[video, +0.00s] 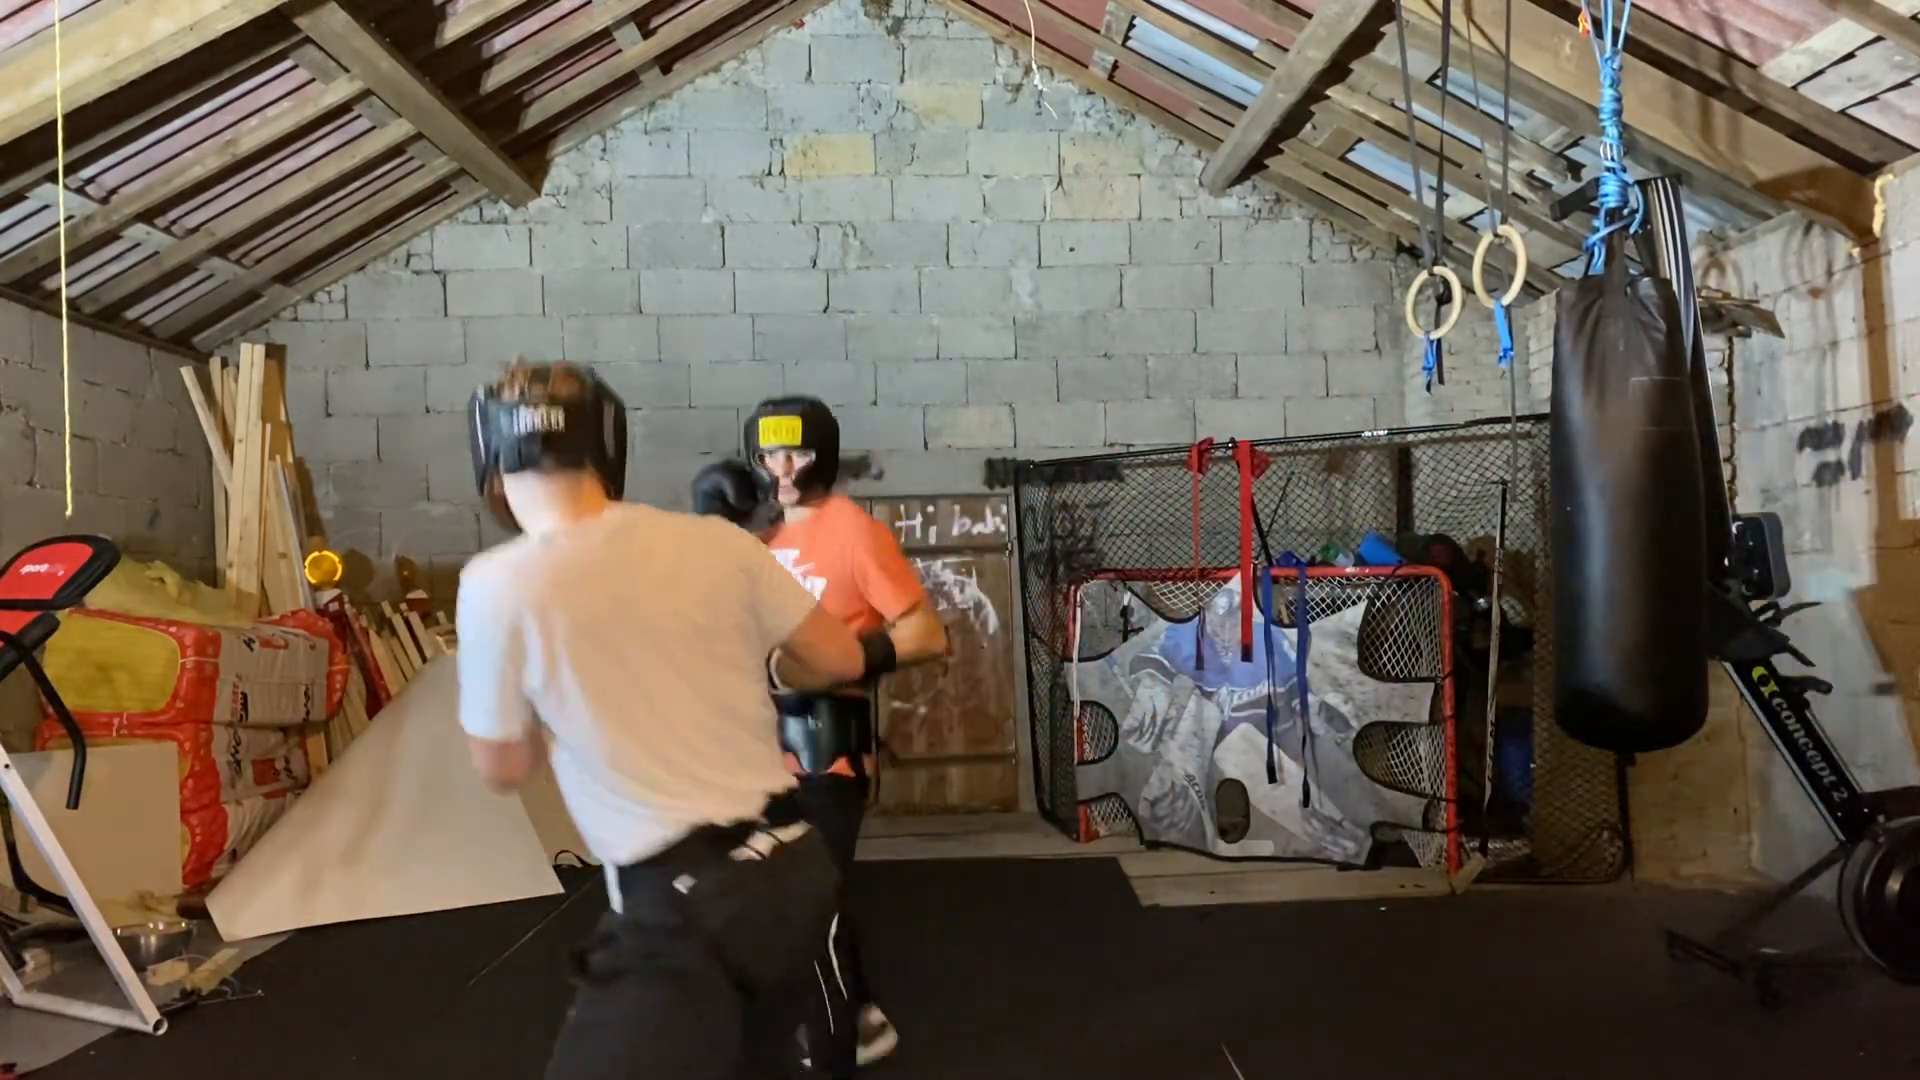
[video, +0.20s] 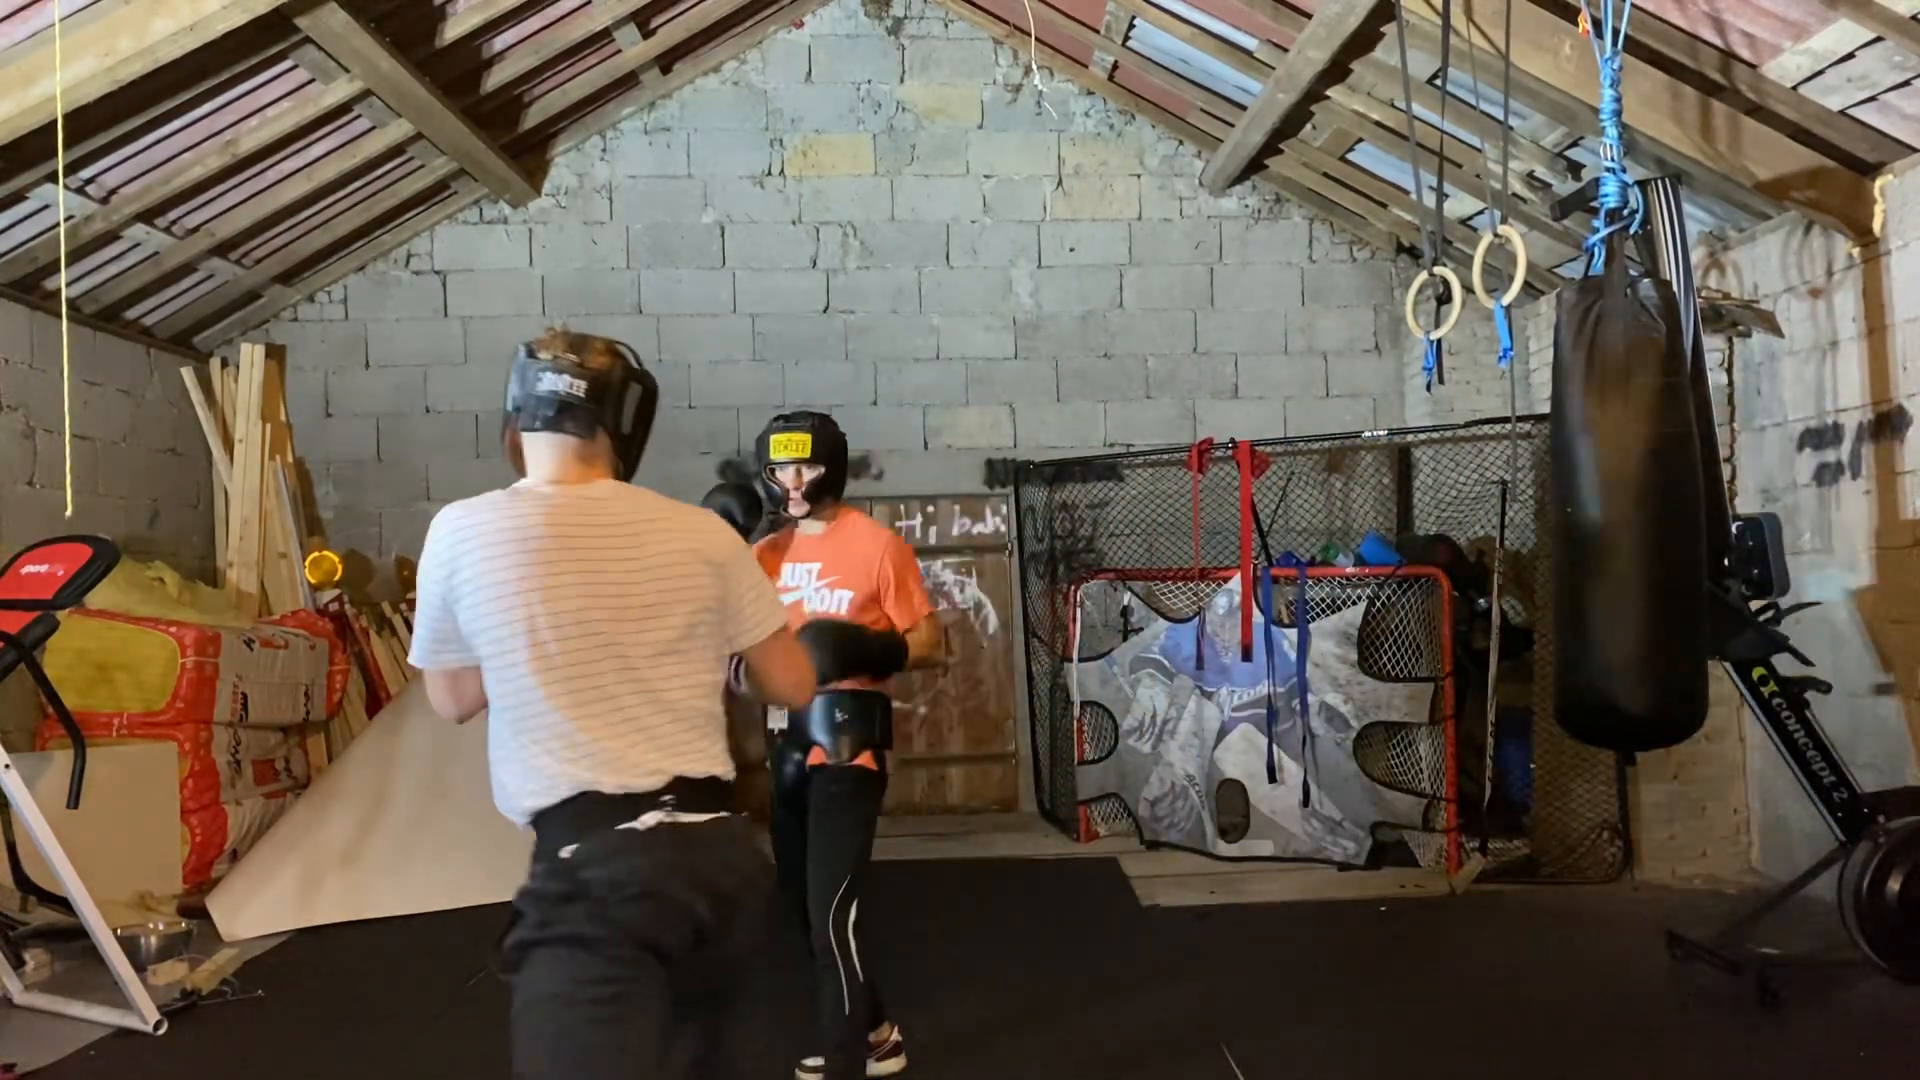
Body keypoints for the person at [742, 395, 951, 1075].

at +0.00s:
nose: (779, 468)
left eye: (791, 453)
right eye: (769, 455)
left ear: (821, 455)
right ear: (760, 461)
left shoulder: (856, 530)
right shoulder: (761, 532)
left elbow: (927, 634)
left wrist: (824, 660)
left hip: (831, 741)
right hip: (765, 736)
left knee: (818, 897)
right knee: (803, 888)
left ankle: (826, 1044)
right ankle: (860, 1012)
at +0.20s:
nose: (791, 481)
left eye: (804, 467)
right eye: (780, 468)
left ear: (832, 468)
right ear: (770, 473)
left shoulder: (878, 545)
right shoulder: (764, 553)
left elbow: (930, 641)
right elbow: (736, 647)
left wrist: (862, 649)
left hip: (847, 742)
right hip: (784, 742)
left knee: (831, 906)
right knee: (804, 900)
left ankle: (838, 1057)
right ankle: (876, 1030)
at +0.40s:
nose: (805, 487)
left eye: (817, 474)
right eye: (796, 474)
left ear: (849, 471)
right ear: (790, 478)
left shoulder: (892, 530)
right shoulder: (789, 541)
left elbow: (916, 639)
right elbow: (738, 625)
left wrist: (875, 539)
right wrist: (735, 535)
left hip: (872, 730)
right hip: (812, 732)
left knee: (851, 907)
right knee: (815, 898)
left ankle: (896, 1058)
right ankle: (862, 1033)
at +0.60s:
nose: (809, 481)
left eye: (820, 465)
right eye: (803, 468)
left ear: (856, 462)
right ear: (804, 477)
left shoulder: (909, 516)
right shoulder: (816, 540)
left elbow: (891, 602)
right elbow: (756, 619)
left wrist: (868, 502)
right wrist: (751, 531)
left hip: (909, 733)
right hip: (854, 733)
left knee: (888, 907)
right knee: (865, 898)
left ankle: (907, 1056)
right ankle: (882, 1026)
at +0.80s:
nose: (828, 478)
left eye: (834, 462)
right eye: (823, 466)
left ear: (867, 458)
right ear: (834, 478)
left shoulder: (932, 512)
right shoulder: (849, 537)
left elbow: (894, 590)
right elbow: (785, 610)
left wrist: (872, 488)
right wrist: (773, 517)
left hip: (932, 733)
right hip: (880, 733)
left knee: (895, 917)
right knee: (914, 904)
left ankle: (914, 1069)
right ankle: (966, 1050)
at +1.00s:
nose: (860, 487)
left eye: (865, 474)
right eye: (857, 477)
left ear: (896, 466)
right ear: (904, 464)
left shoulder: (955, 519)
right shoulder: (898, 538)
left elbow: (890, 593)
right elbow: (824, 616)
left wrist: (873, 498)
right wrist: (806, 522)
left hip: (961, 736)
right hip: (922, 735)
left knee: (901, 916)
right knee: (926, 902)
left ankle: (931, 1067)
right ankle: (966, 1047)